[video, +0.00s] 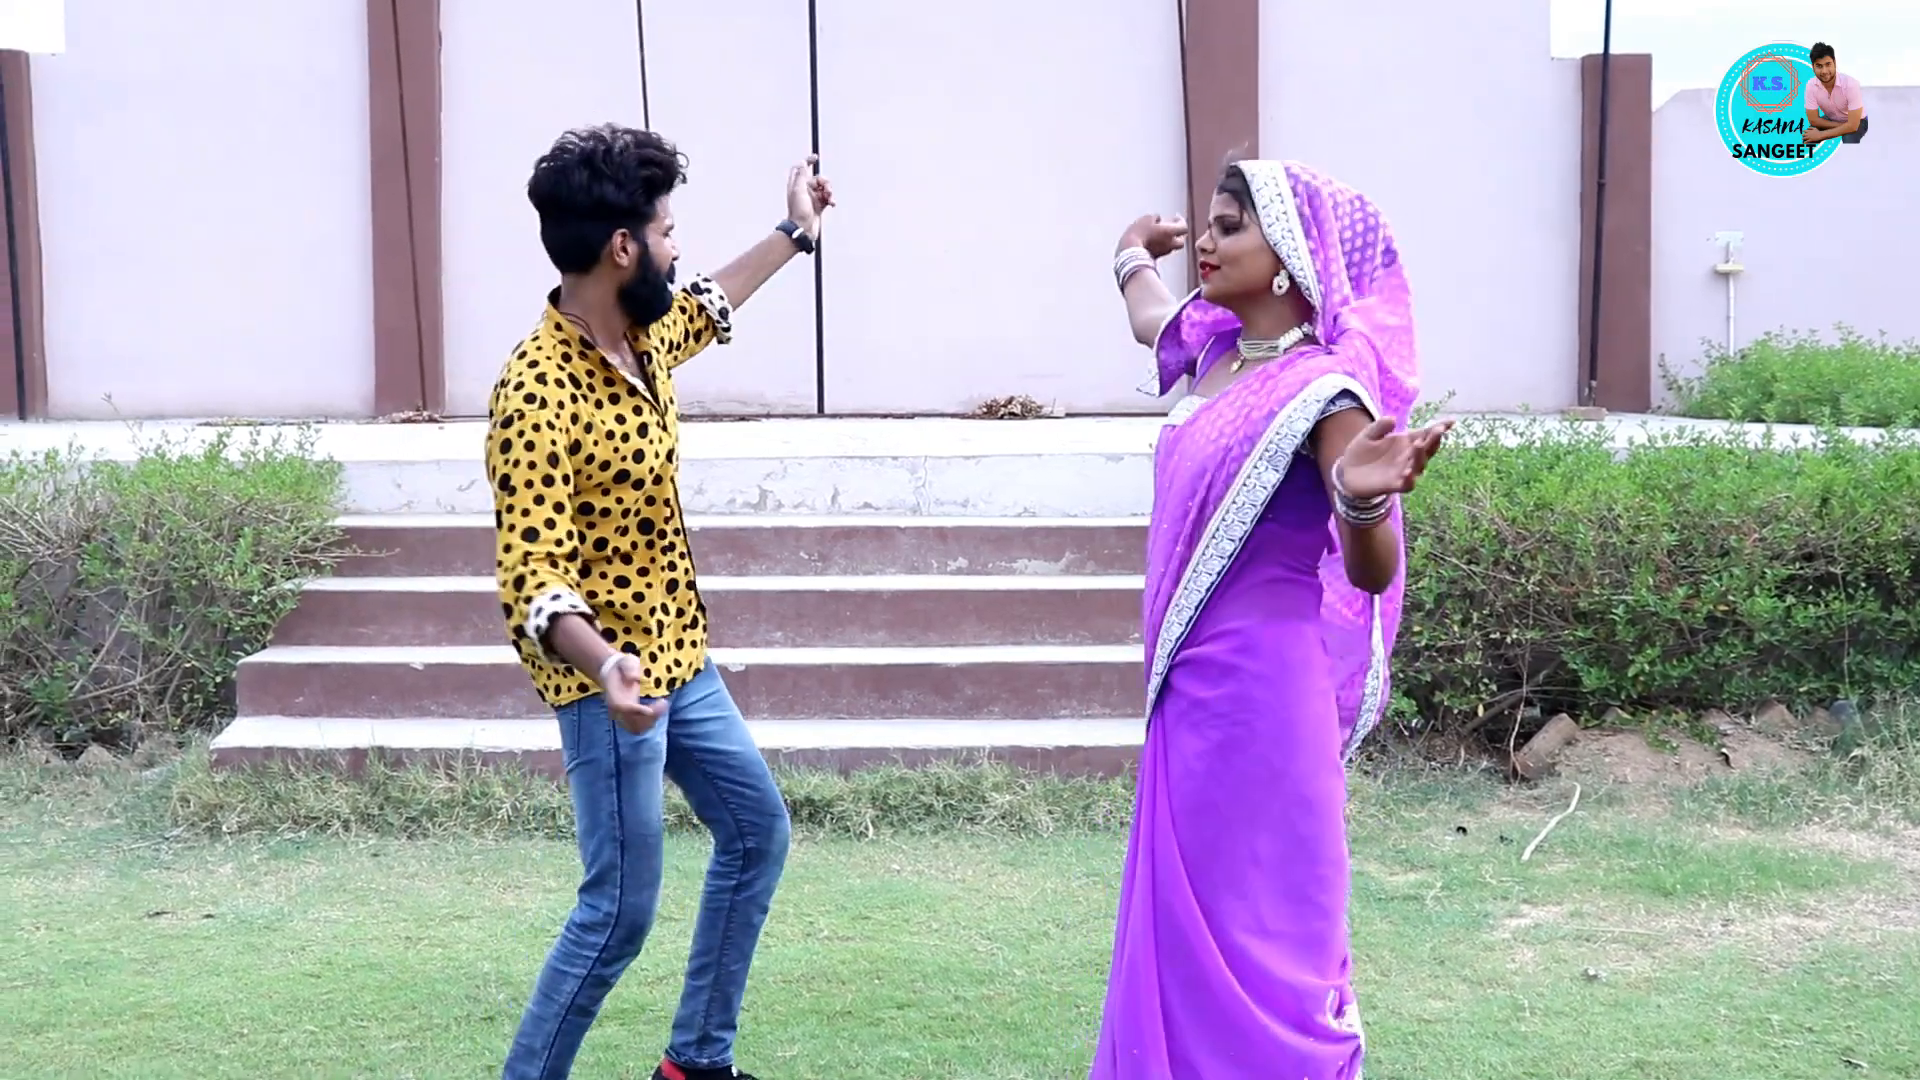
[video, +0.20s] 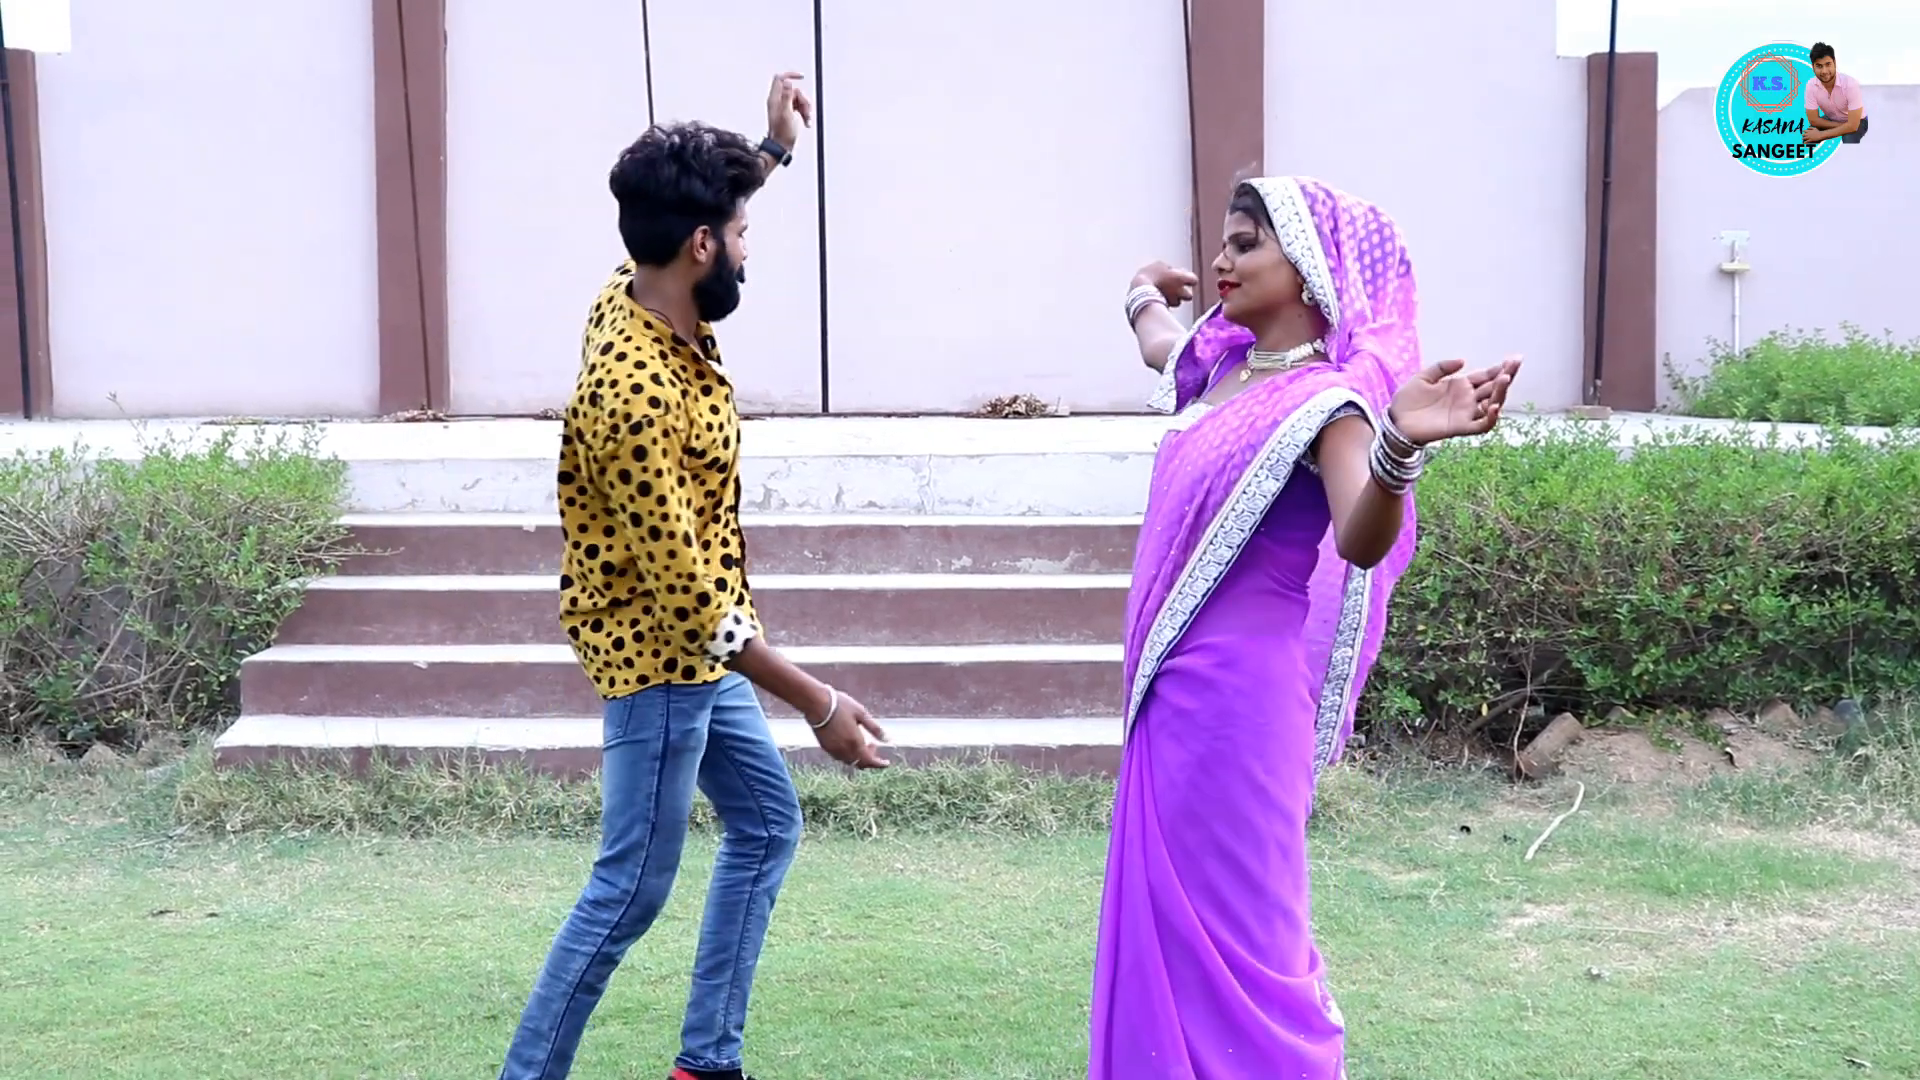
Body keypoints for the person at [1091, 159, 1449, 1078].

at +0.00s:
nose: (1205, 243)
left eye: (1229, 225)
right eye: (1208, 227)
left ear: (1294, 252)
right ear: (1252, 261)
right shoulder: (1220, 356)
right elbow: (1160, 321)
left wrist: (1365, 504)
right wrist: (1134, 259)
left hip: (1271, 690)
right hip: (1189, 684)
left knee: (1268, 946)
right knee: (1171, 932)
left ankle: (1296, 1064)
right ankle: (1172, 1066)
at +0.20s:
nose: (1222, 260)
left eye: (1246, 241)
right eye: (1224, 243)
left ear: (1311, 265)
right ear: (1234, 261)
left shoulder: (1332, 394)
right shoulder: (1233, 367)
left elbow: (1359, 541)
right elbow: (1161, 343)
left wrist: (1396, 443)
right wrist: (1148, 291)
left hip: (1243, 693)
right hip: (1170, 680)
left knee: (1237, 942)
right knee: (1149, 931)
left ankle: (1278, 1065)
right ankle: (1152, 1070)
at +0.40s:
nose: (1227, 266)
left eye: (1250, 246)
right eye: (1225, 249)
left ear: (1314, 267)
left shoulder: (1306, 384)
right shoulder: (1270, 370)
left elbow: (1302, 437)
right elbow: (1235, 325)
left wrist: (1335, 449)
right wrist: (1211, 229)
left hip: (1236, 722)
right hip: (1191, 710)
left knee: (1194, 954)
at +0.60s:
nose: (1228, 296)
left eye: (1251, 281)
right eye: (1229, 278)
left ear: (1310, 303)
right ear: (1309, 311)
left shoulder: (1296, 416)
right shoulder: (1324, 401)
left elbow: (1267, 464)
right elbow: (1276, 290)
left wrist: (1210, 485)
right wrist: (1270, 201)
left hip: (1218, 727)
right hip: (1259, 726)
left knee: (1116, 955)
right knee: (1235, 979)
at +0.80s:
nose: (1233, 304)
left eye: (1256, 288)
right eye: (1233, 286)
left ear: (1319, 312)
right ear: (1320, 319)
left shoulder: (1307, 432)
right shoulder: (1315, 413)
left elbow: (1219, 518)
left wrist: (1165, 413)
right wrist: (1328, 253)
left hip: (1235, 742)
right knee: (1085, 908)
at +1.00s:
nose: (1230, 320)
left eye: (1253, 304)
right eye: (1233, 303)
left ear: (1318, 323)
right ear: (1306, 331)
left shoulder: (1301, 443)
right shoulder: (1303, 432)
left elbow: (1173, 523)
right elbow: (1258, 627)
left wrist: (1131, 362)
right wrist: (1177, 751)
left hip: (1229, 765)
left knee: (1097, 965)